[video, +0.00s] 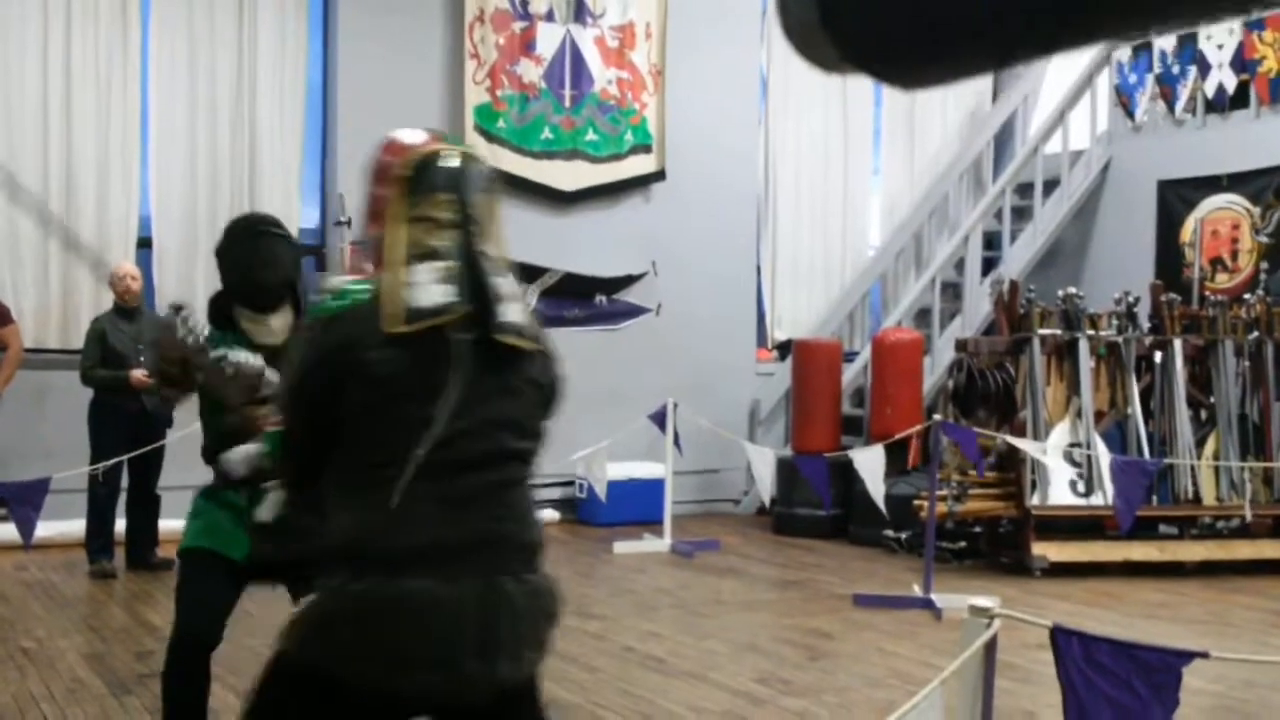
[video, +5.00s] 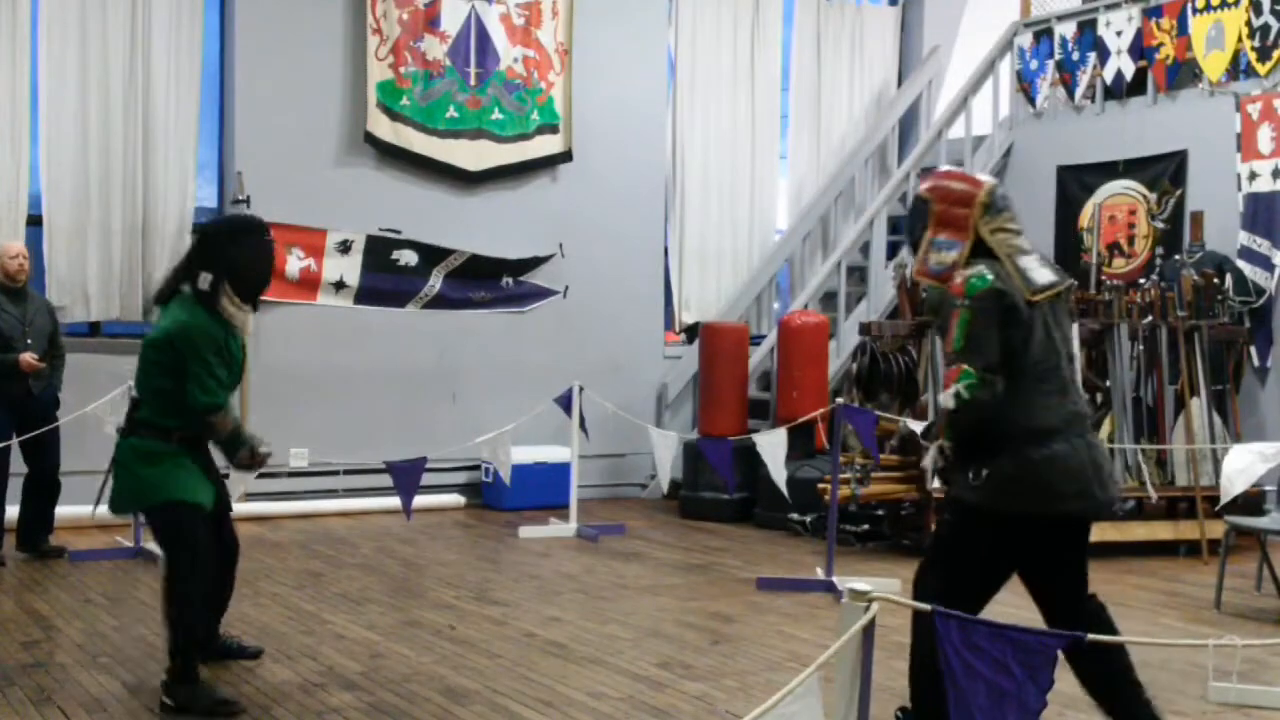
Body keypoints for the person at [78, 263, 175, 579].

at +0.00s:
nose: (128, 284)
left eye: (133, 278)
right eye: (121, 278)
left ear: (143, 283)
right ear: (112, 286)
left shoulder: (160, 325)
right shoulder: (101, 326)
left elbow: (176, 366)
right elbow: (88, 374)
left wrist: (165, 399)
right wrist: (126, 377)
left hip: (151, 416)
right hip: (110, 416)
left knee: (145, 488)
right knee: (104, 487)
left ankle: (142, 553)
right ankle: (100, 556)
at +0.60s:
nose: (109, 271)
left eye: (113, 264)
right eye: (102, 265)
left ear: (121, 270)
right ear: (91, 271)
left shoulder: (134, 311)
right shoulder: (81, 313)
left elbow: (146, 350)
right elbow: (67, 360)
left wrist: (130, 362)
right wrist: (105, 363)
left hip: (126, 402)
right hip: (88, 401)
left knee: (124, 473)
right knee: (84, 473)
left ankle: (122, 545)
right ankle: (79, 544)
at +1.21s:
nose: (73, 270)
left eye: (78, 264)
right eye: (67, 264)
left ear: (84, 271)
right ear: (53, 271)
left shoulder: (98, 311)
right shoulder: (42, 311)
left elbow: (112, 358)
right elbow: (27, 360)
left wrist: (106, 396)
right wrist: (67, 363)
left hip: (91, 406)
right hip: (50, 407)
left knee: (86, 479)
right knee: (44, 476)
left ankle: (82, 544)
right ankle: (40, 547)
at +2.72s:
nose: (28, 262)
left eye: (31, 256)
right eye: (20, 256)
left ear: (37, 263)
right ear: (5, 265)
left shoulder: (49, 304)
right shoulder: (1, 303)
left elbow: (64, 350)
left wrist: (59, 389)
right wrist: (19, 357)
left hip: (42, 402)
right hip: (5, 402)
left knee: (37, 475)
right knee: (2, 474)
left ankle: (33, 541)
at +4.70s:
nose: (27, 261)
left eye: (30, 256)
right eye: (20, 256)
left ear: (36, 262)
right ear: (5, 265)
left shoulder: (49, 304)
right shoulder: (3, 303)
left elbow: (63, 351)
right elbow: (0, 354)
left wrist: (58, 390)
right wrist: (20, 359)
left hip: (42, 402)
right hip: (6, 403)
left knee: (40, 476)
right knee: (3, 476)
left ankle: (32, 541)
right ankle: (1, 544)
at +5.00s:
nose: (21, 263)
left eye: (24, 257)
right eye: (13, 257)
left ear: (30, 264)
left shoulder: (41, 305)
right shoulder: (1, 303)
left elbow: (56, 351)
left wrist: (52, 389)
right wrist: (15, 360)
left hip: (37, 400)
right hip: (2, 402)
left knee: (45, 469)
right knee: (1, 474)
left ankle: (33, 538)